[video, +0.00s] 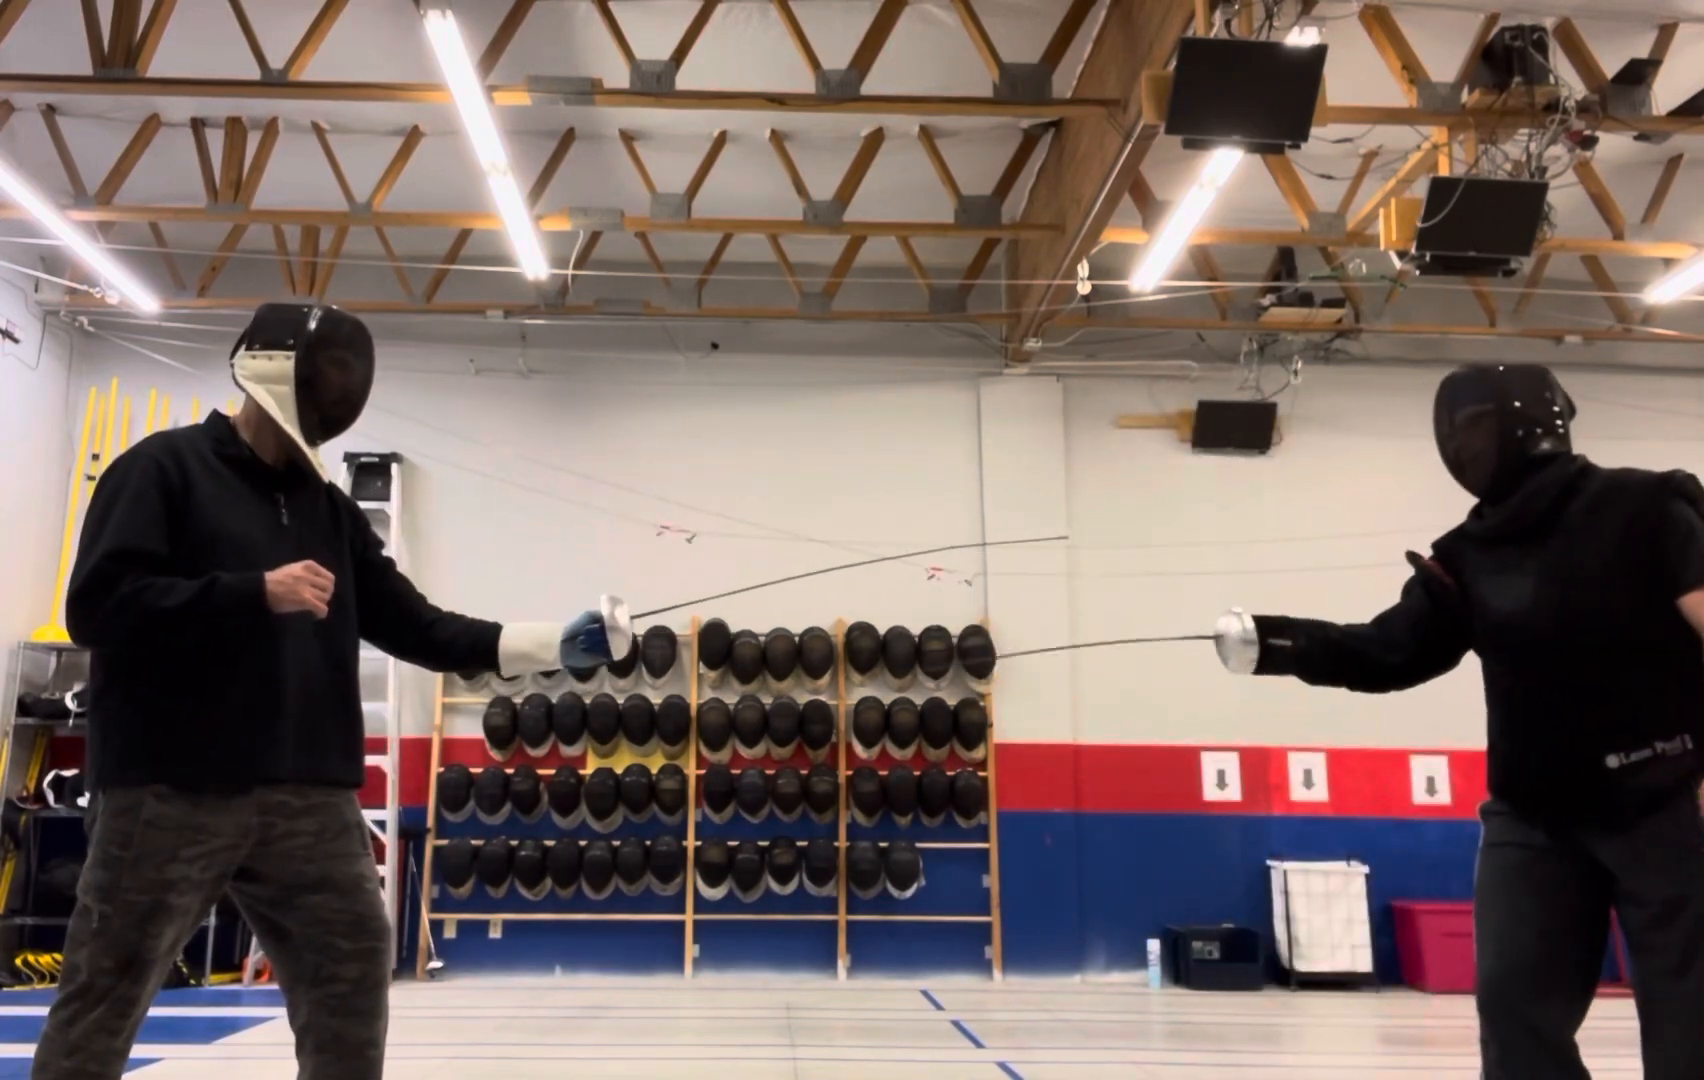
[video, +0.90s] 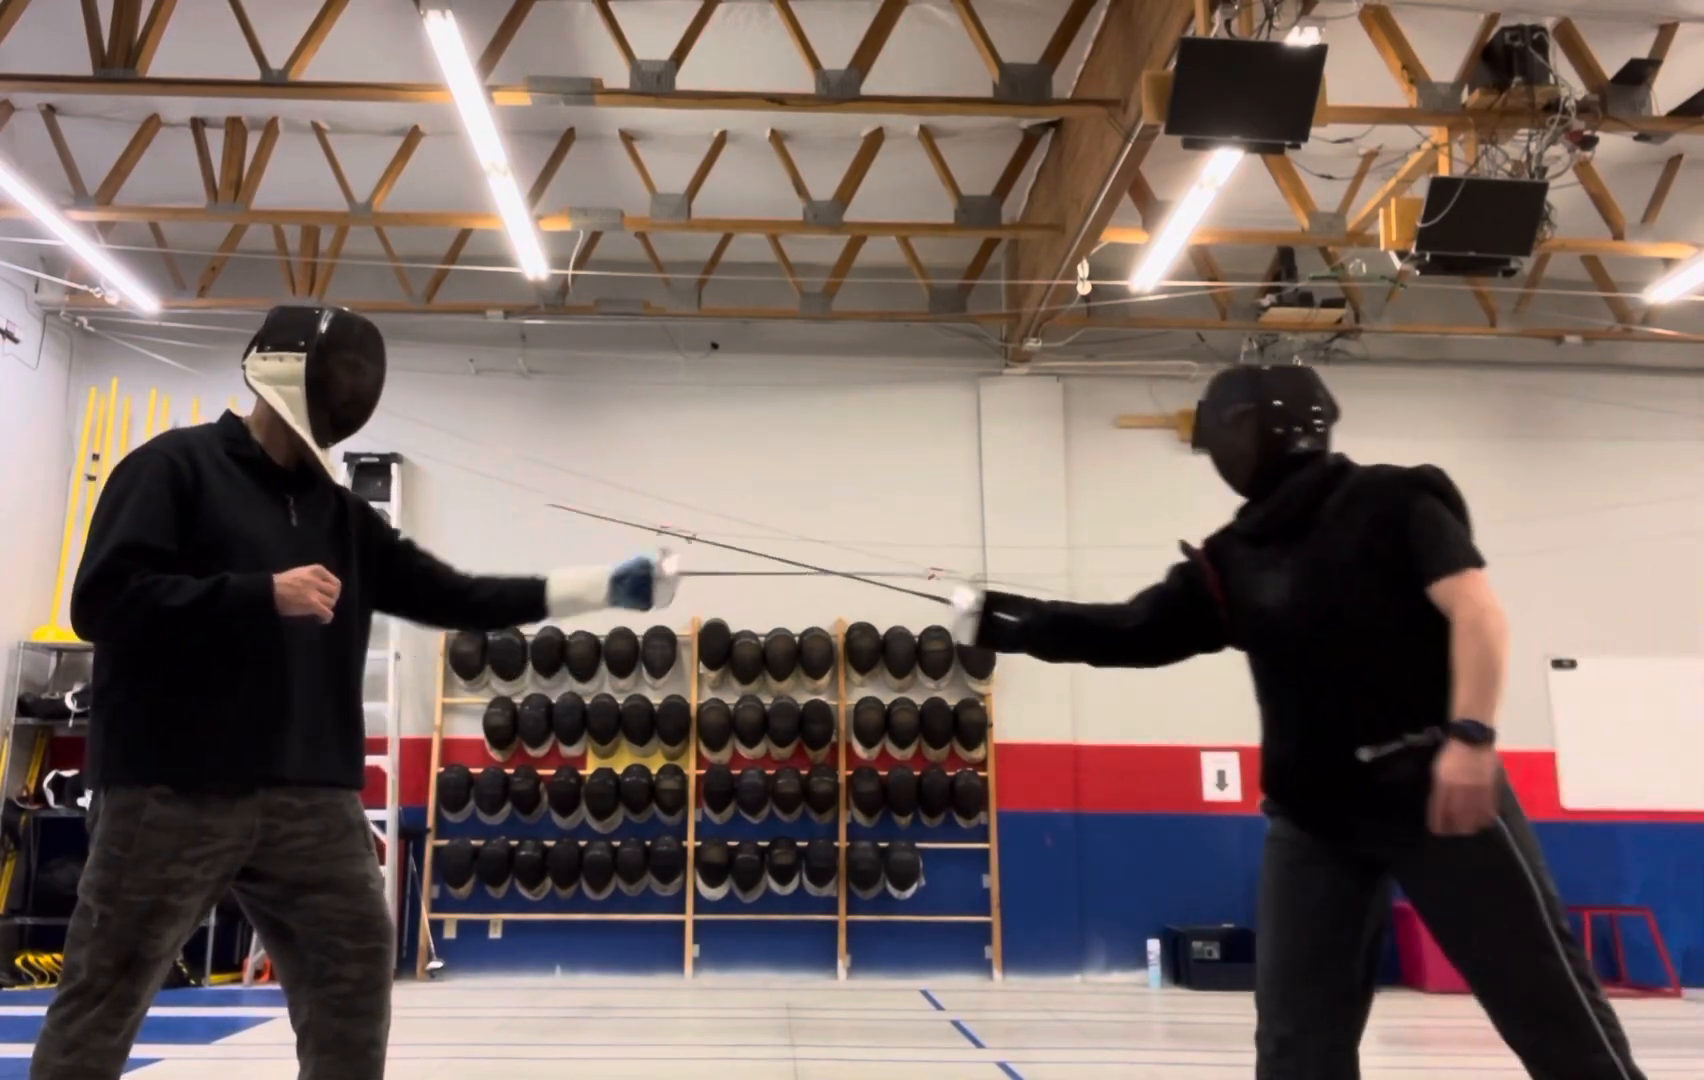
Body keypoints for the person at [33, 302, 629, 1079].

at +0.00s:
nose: (320, 418)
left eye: (332, 402)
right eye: (311, 392)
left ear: (335, 401)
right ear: (264, 373)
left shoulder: (327, 511)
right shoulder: (155, 470)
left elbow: (413, 625)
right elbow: (97, 606)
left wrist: (551, 645)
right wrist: (253, 590)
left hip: (305, 799)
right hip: (166, 794)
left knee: (350, 974)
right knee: (102, 1002)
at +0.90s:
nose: (326, 435)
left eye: (340, 418)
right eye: (317, 412)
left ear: (348, 410)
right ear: (271, 384)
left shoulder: (338, 515)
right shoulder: (166, 470)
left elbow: (452, 597)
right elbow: (102, 598)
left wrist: (596, 589)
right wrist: (261, 592)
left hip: (307, 801)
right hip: (168, 794)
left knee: (351, 996)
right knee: (96, 1009)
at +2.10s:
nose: (324, 401)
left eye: (334, 385)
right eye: (312, 378)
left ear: (331, 391)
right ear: (262, 368)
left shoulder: (323, 507)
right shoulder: (153, 469)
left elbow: (407, 623)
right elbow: (102, 606)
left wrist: (547, 645)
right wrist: (257, 584)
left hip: (305, 795)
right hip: (167, 792)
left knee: (350, 974)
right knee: (102, 1003)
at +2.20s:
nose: (333, 396)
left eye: (340, 381)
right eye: (320, 376)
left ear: (331, 389)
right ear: (269, 369)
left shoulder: (326, 508)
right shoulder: (155, 470)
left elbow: (412, 620)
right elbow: (104, 607)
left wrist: (554, 642)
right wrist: (259, 587)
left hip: (310, 796)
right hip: (170, 793)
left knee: (352, 982)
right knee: (103, 1004)